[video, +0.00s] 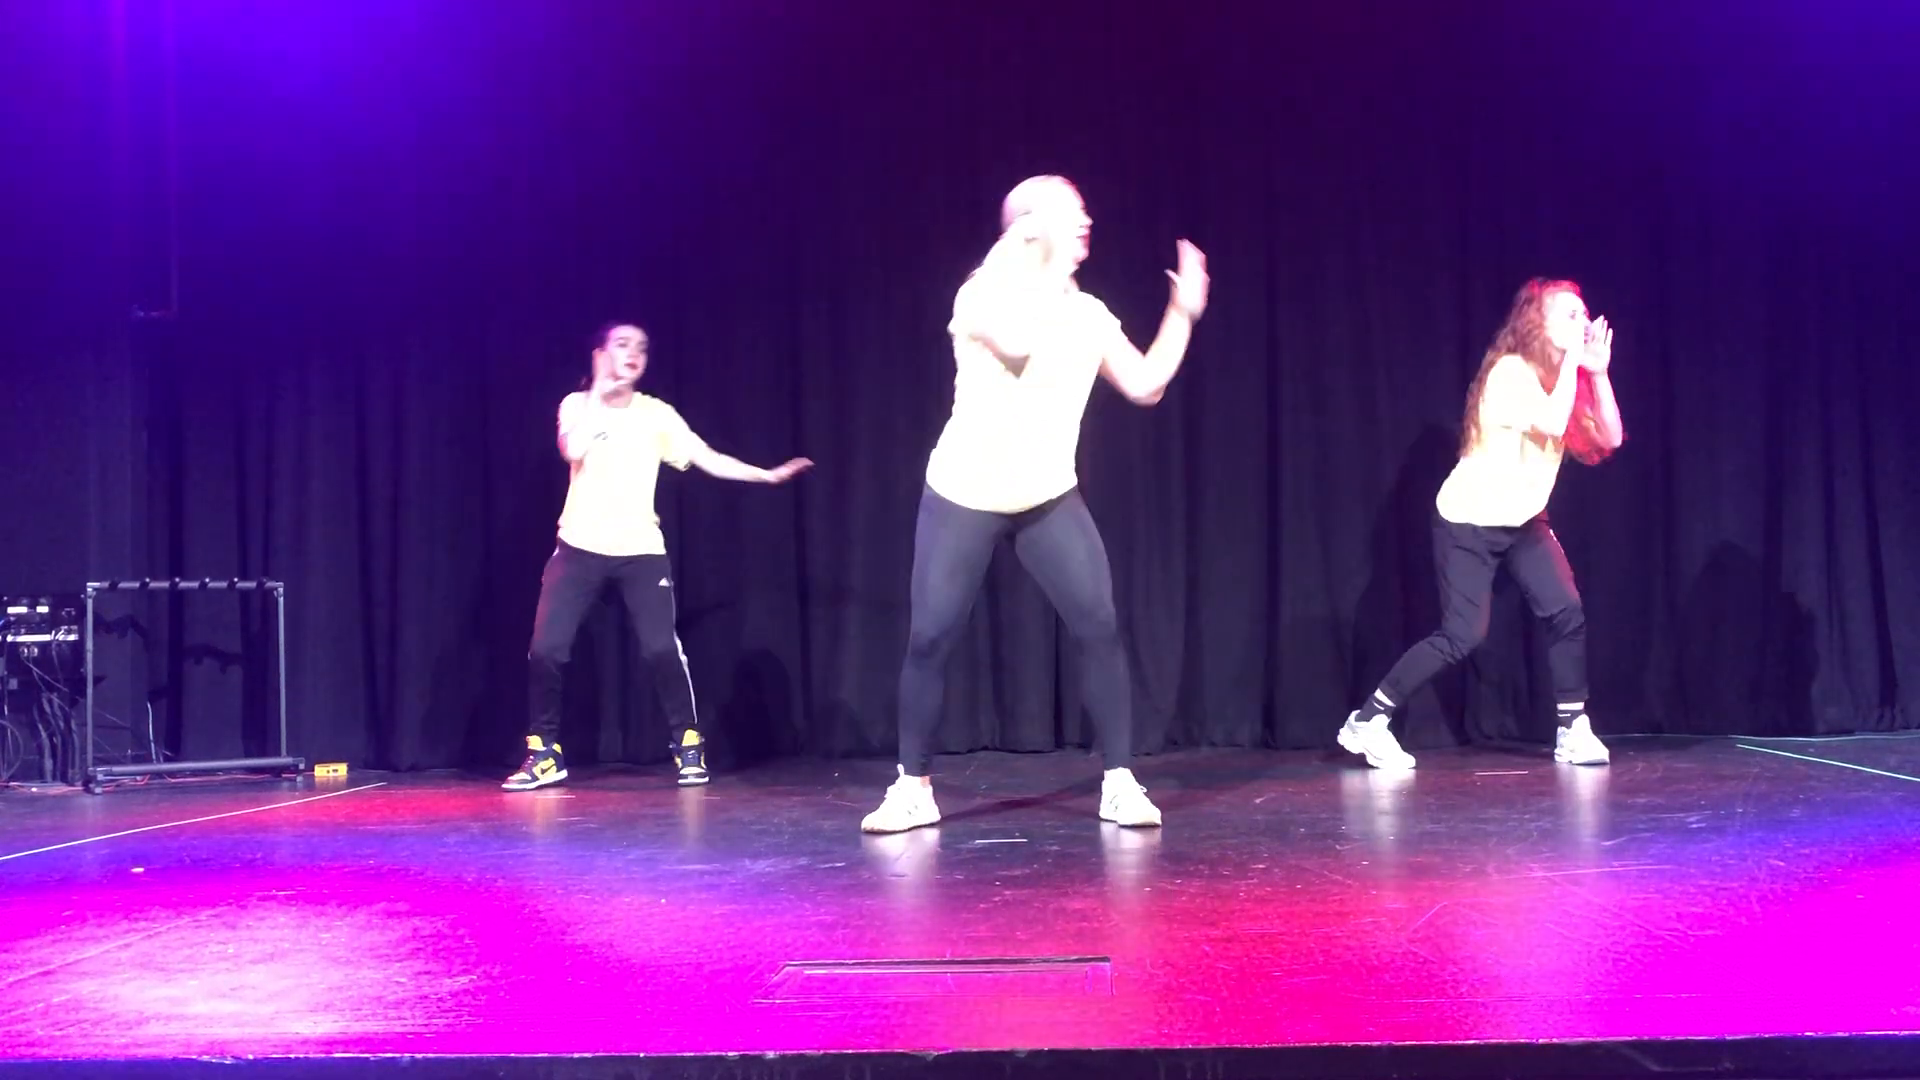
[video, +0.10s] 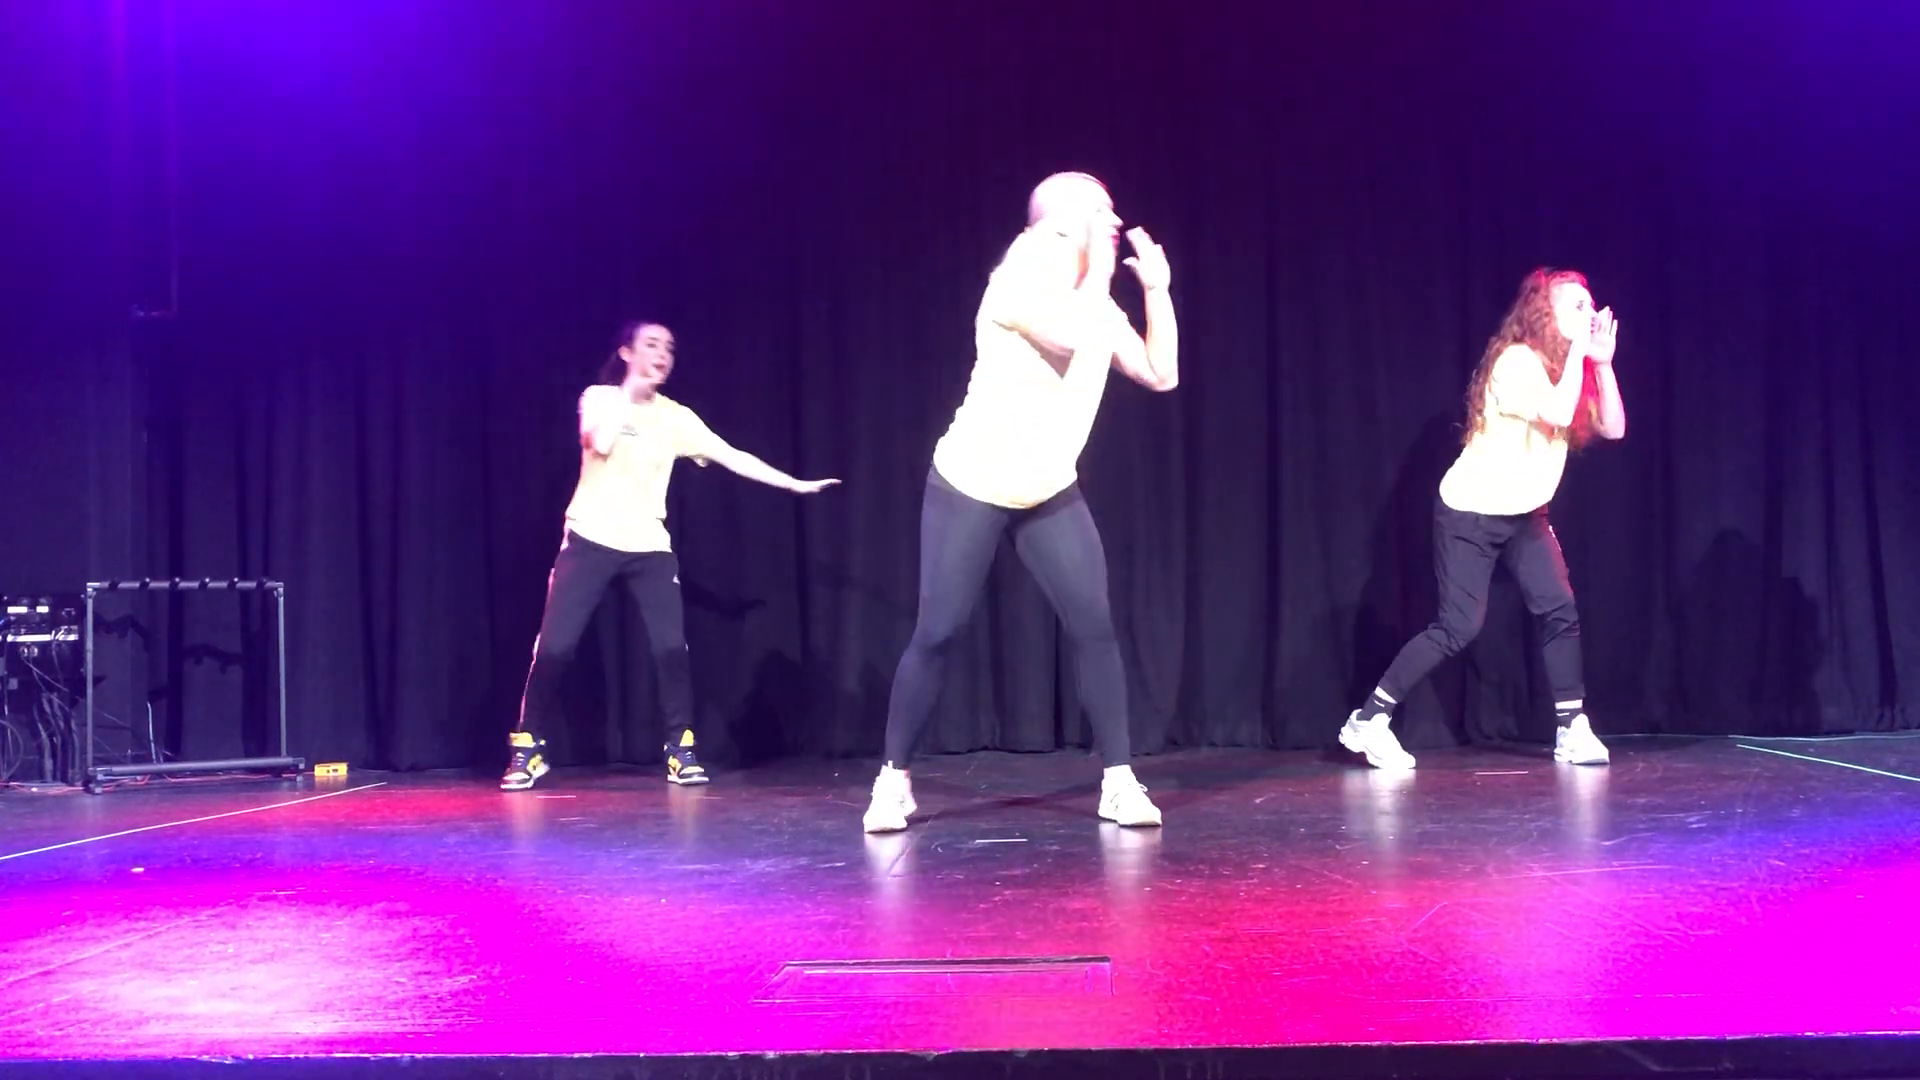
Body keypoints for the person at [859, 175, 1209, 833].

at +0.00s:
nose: (1088, 221)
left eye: (1085, 210)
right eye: (1074, 208)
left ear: (1072, 227)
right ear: (1032, 220)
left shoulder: (1085, 311)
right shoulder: (986, 288)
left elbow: (1145, 383)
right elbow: (1011, 344)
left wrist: (1182, 312)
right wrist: (1025, 249)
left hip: (1049, 494)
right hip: (965, 491)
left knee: (1098, 622)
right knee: (930, 634)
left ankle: (1119, 781)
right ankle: (912, 787)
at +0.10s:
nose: (1112, 218)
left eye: (1110, 207)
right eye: (1097, 205)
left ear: (1109, 222)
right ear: (1059, 215)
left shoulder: (1098, 305)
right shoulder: (1020, 276)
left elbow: (1161, 372)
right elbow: (1066, 342)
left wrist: (1157, 287)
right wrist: (1098, 271)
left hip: (1049, 489)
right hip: (971, 481)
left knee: (1094, 624)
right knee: (938, 629)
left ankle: (1118, 779)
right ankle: (893, 777)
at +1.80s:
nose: (860, 241)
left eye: (874, 228)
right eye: (859, 233)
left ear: (916, 236)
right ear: (863, 248)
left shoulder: (970, 279)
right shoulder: (870, 336)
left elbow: (957, 331)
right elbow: (807, 387)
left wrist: (893, 277)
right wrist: (833, 302)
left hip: (1019, 485)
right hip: (935, 499)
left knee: (1064, 626)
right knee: (909, 633)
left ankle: (1116, 777)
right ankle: (881, 783)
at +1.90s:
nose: (892, 219)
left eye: (910, 207)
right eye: (889, 212)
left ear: (949, 221)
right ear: (885, 230)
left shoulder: (993, 271)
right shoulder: (882, 316)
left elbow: (994, 312)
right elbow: (820, 358)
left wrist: (919, 261)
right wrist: (860, 280)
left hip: (1018, 479)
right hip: (933, 491)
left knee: (1066, 623)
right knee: (911, 632)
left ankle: (1119, 773)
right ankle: (881, 783)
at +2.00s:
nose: (932, 208)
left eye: (949, 197)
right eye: (922, 201)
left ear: (979, 214)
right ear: (910, 220)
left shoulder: (1012, 272)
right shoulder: (897, 292)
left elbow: (1037, 314)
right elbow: (846, 350)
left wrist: (966, 259)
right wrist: (892, 270)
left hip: (1020, 476)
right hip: (934, 486)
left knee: (1067, 620)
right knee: (914, 629)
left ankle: (1117, 774)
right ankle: (882, 782)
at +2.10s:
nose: (956, 214)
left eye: (969, 204)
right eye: (945, 206)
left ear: (996, 220)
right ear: (930, 225)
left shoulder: (1032, 286)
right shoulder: (912, 294)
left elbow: (1071, 368)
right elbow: (880, 389)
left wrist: (1009, 319)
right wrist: (917, 297)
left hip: (1023, 481)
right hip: (936, 487)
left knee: (1070, 629)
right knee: (911, 635)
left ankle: (1115, 777)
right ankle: (884, 783)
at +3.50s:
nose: (892, 223)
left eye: (907, 212)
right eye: (895, 213)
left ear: (953, 224)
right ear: (909, 229)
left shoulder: (1002, 281)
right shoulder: (892, 304)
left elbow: (975, 358)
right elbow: (813, 359)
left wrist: (947, 273)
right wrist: (830, 280)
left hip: (1025, 479)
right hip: (942, 490)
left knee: (1069, 619)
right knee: (913, 628)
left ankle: (1132, 769)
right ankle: (893, 785)